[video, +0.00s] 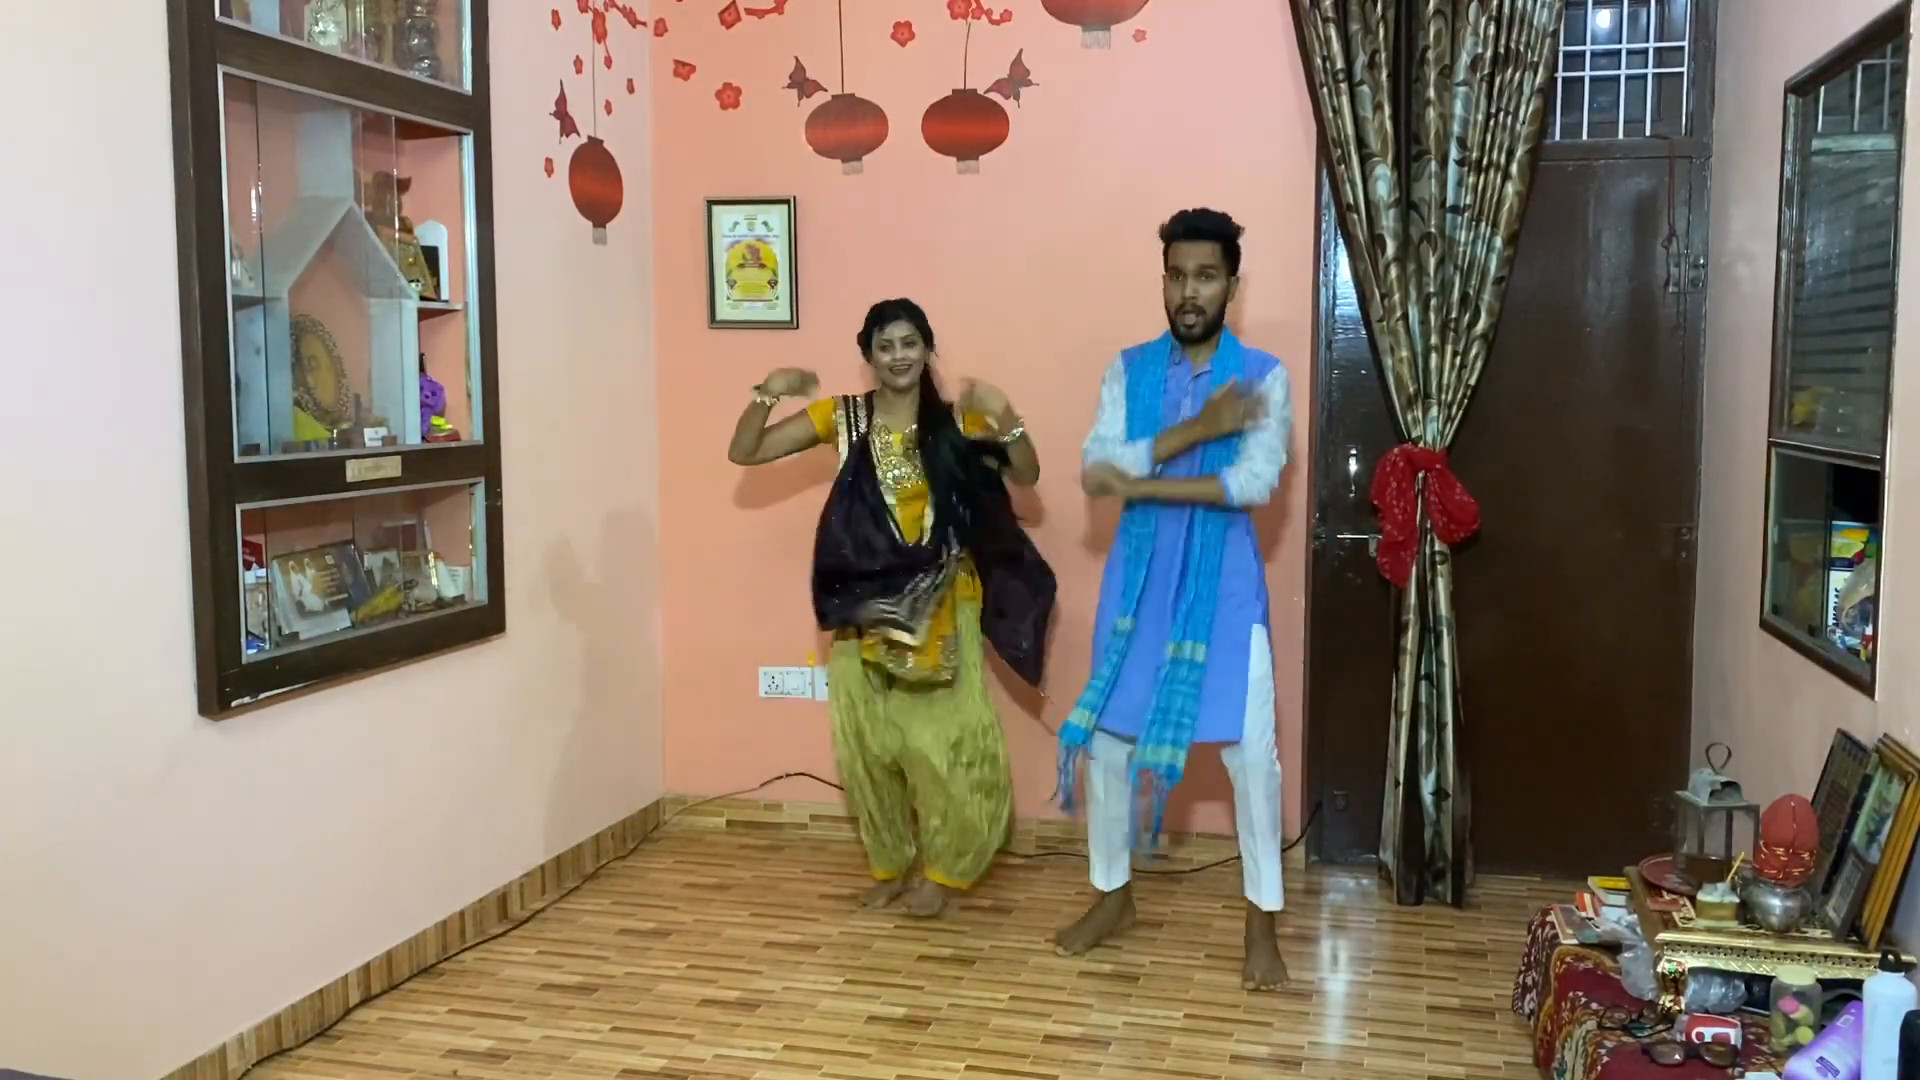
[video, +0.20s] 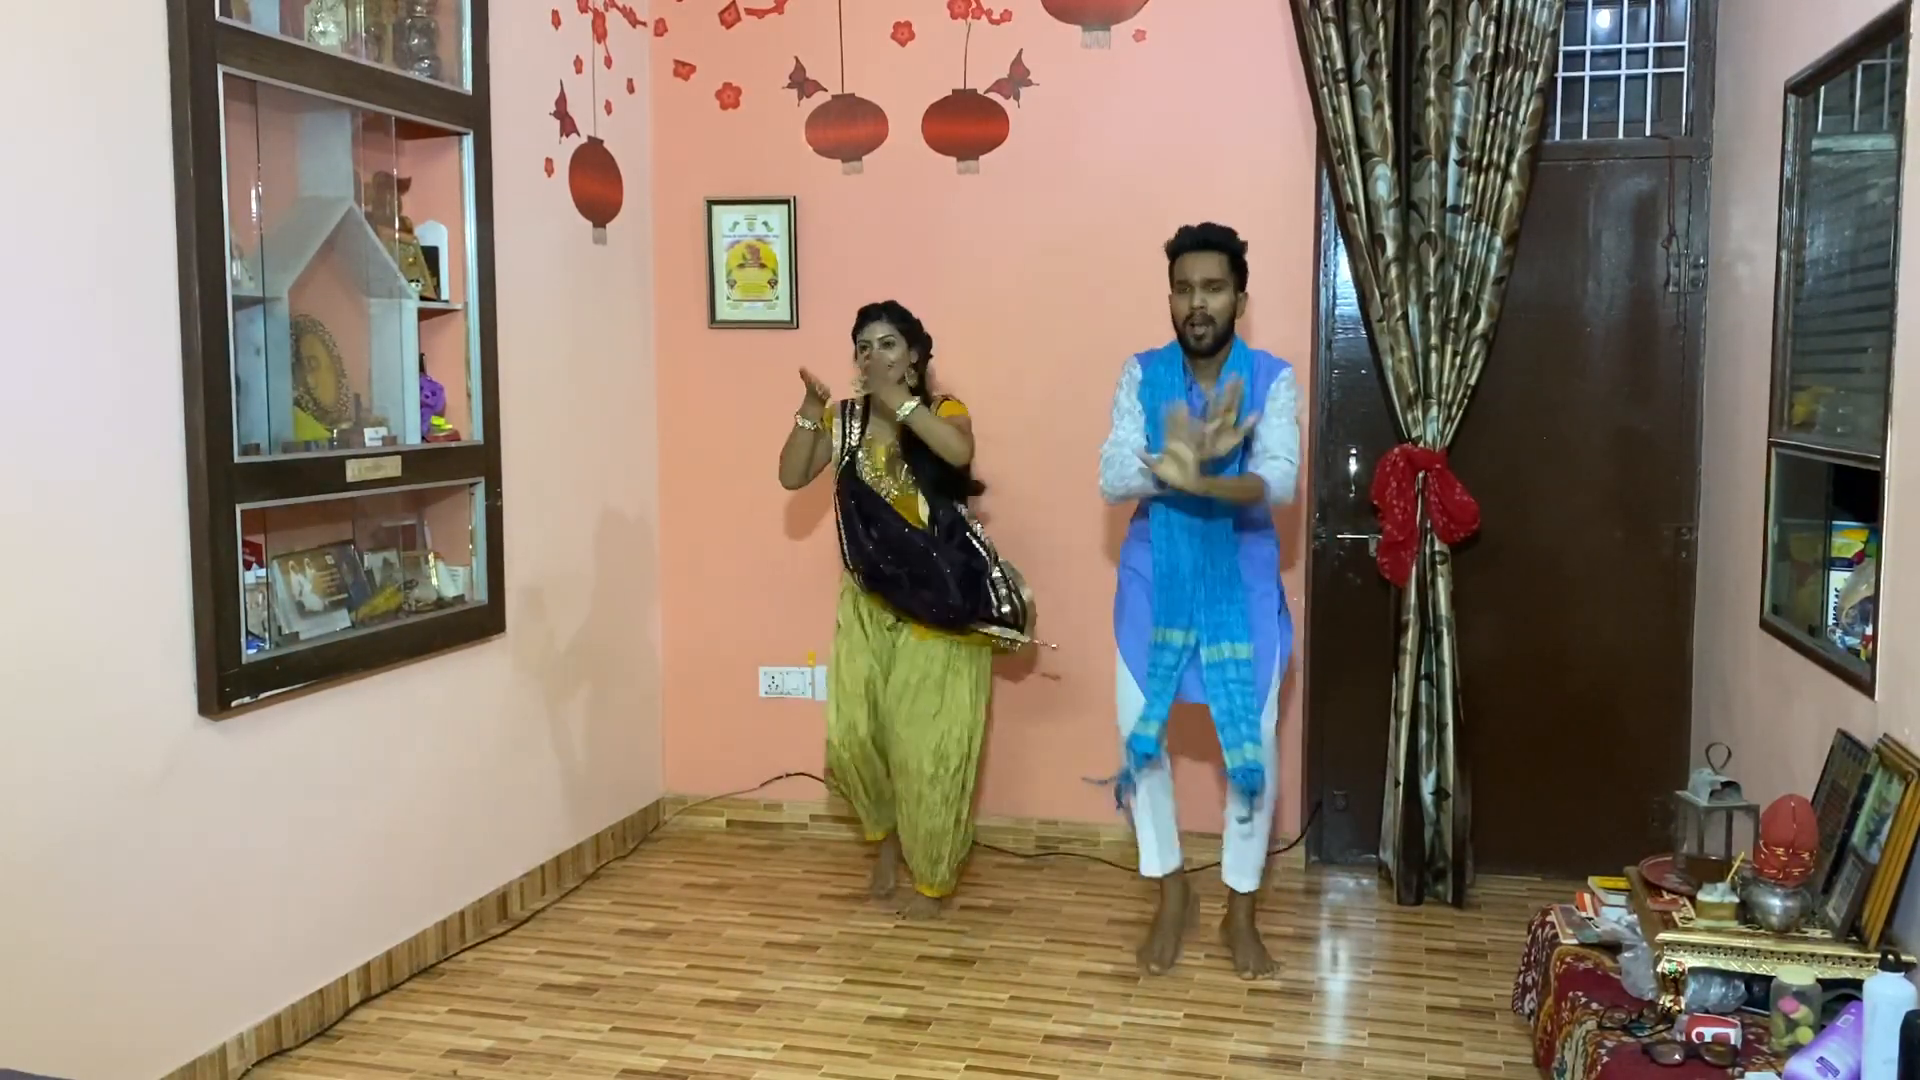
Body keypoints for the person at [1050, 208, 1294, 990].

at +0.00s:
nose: (1190, 291)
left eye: (1206, 276)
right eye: (1177, 275)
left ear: (1233, 284)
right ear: (1161, 282)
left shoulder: (1262, 375)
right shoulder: (1130, 369)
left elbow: (1252, 483)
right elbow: (1096, 471)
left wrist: (1136, 486)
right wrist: (1200, 428)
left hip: (1226, 585)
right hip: (1141, 583)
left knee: (1250, 747)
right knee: (1108, 738)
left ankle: (1262, 917)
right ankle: (1111, 893)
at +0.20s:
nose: (1196, 305)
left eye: (1212, 289)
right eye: (1184, 290)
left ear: (1240, 296)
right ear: (1169, 296)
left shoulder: (1271, 378)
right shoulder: (1143, 373)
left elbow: (1275, 483)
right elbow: (1114, 475)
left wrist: (1189, 479)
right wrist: (1187, 457)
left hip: (1242, 582)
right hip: (1154, 580)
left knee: (1249, 750)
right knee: (1138, 735)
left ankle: (1241, 907)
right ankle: (1170, 890)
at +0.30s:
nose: (1192, 350)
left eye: (1209, 335)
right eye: (1181, 335)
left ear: (1241, 339)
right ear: (1169, 339)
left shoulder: (1280, 417)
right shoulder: (1145, 414)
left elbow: (1320, 501)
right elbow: (1085, 517)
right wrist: (1106, 486)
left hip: (1252, 598)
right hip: (1162, 601)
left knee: (1297, 749)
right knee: (1162, 760)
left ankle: (1254, 895)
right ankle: (1179, 913)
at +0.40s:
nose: (1184, 380)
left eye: (1201, 365)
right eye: (1176, 365)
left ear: (1242, 367)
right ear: (1170, 365)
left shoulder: (1291, 438)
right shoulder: (1151, 438)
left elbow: (1353, 508)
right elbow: (1078, 521)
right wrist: (1045, 505)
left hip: (1262, 606)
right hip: (1172, 607)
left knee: (1295, 756)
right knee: (1153, 751)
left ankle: (1281, 887)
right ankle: (1173, 909)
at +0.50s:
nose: (1175, 384)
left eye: (1190, 372)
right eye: (1174, 369)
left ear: (1242, 379)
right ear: (1182, 375)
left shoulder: (1303, 447)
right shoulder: (1165, 445)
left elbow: (1388, 513)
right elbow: (1083, 513)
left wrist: (1497, 546)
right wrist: (1016, 501)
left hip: (1276, 610)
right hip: (1187, 608)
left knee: (1293, 754)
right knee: (1136, 732)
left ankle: (1277, 899)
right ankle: (1162, 889)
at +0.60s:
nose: (1172, 376)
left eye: (1186, 363)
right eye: (1174, 361)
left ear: (1239, 374)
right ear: (1211, 374)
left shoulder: (1311, 447)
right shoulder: (1176, 439)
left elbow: (1398, 509)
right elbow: (1093, 506)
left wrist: (1522, 529)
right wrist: (1012, 486)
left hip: (1276, 620)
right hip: (1191, 614)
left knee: (1285, 758)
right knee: (1148, 747)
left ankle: (1275, 898)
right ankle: (1204, 858)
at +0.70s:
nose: (1174, 361)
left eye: (1187, 349)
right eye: (1176, 347)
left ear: (1238, 360)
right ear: (1217, 360)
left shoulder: (1312, 438)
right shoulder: (1178, 434)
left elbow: (1399, 504)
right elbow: (1104, 502)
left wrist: (1520, 506)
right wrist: (1032, 464)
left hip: (1277, 618)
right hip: (1193, 614)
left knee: (1286, 764)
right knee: (1173, 764)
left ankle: (1270, 905)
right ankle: (1211, 874)